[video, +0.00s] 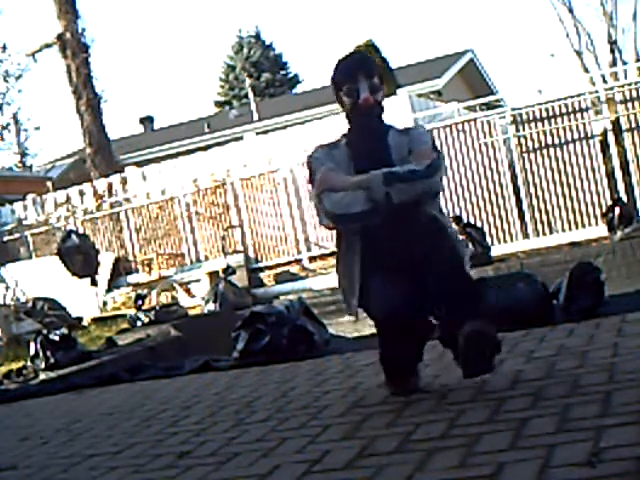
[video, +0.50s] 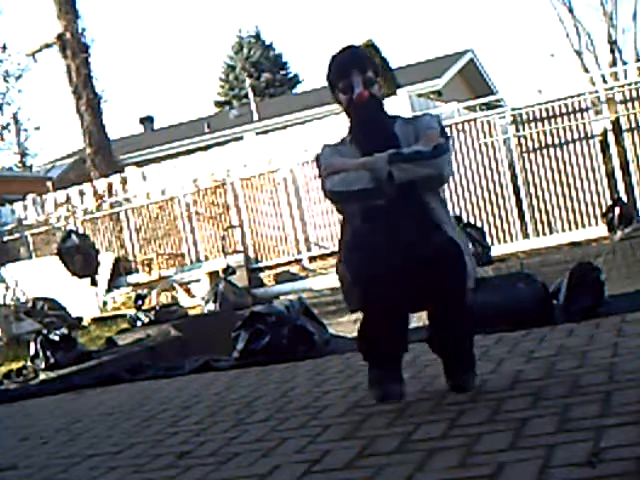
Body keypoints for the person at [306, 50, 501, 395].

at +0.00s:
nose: (365, 99)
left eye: (372, 88)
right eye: (353, 91)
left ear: (384, 90)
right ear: (340, 98)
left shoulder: (413, 138)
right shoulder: (324, 158)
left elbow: (430, 181)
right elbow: (332, 208)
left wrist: (353, 182)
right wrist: (404, 188)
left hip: (430, 250)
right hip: (373, 264)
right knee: (399, 307)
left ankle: (470, 336)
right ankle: (401, 373)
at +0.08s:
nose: (369, 91)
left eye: (377, 80)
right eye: (357, 84)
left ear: (389, 80)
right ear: (344, 91)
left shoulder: (420, 128)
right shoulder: (330, 149)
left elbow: (433, 171)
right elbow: (334, 197)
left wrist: (354, 169)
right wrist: (408, 170)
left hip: (430, 232)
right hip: (374, 247)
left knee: (441, 252)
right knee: (391, 278)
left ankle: (462, 347)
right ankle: (395, 357)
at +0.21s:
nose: (377, 104)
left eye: (385, 93)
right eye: (365, 97)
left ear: (397, 94)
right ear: (353, 104)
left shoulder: (434, 142)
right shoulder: (345, 165)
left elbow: (446, 190)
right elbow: (349, 215)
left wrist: (368, 188)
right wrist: (422, 199)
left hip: (441, 258)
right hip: (382, 270)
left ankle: (458, 364)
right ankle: (405, 376)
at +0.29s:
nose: (382, 120)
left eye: (390, 107)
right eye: (369, 112)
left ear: (402, 108)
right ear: (357, 119)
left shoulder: (442, 158)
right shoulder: (353, 181)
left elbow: (456, 209)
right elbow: (356, 227)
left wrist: (377, 205)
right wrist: (432, 210)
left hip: (455, 276)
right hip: (393, 293)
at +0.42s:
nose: (367, 101)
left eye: (374, 89)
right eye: (354, 96)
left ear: (387, 88)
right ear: (343, 104)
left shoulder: (428, 133)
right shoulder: (340, 162)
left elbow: (448, 178)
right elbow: (346, 199)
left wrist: (373, 180)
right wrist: (420, 176)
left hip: (437, 258)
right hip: (377, 266)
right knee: (379, 311)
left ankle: (455, 363)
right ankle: (380, 371)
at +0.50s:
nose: (361, 94)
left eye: (367, 83)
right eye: (348, 88)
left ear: (381, 83)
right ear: (337, 97)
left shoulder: (422, 126)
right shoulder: (333, 154)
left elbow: (440, 166)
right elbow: (337, 190)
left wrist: (374, 167)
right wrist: (407, 173)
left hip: (432, 242)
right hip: (375, 255)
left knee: (448, 275)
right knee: (383, 294)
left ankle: (460, 369)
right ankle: (387, 378)